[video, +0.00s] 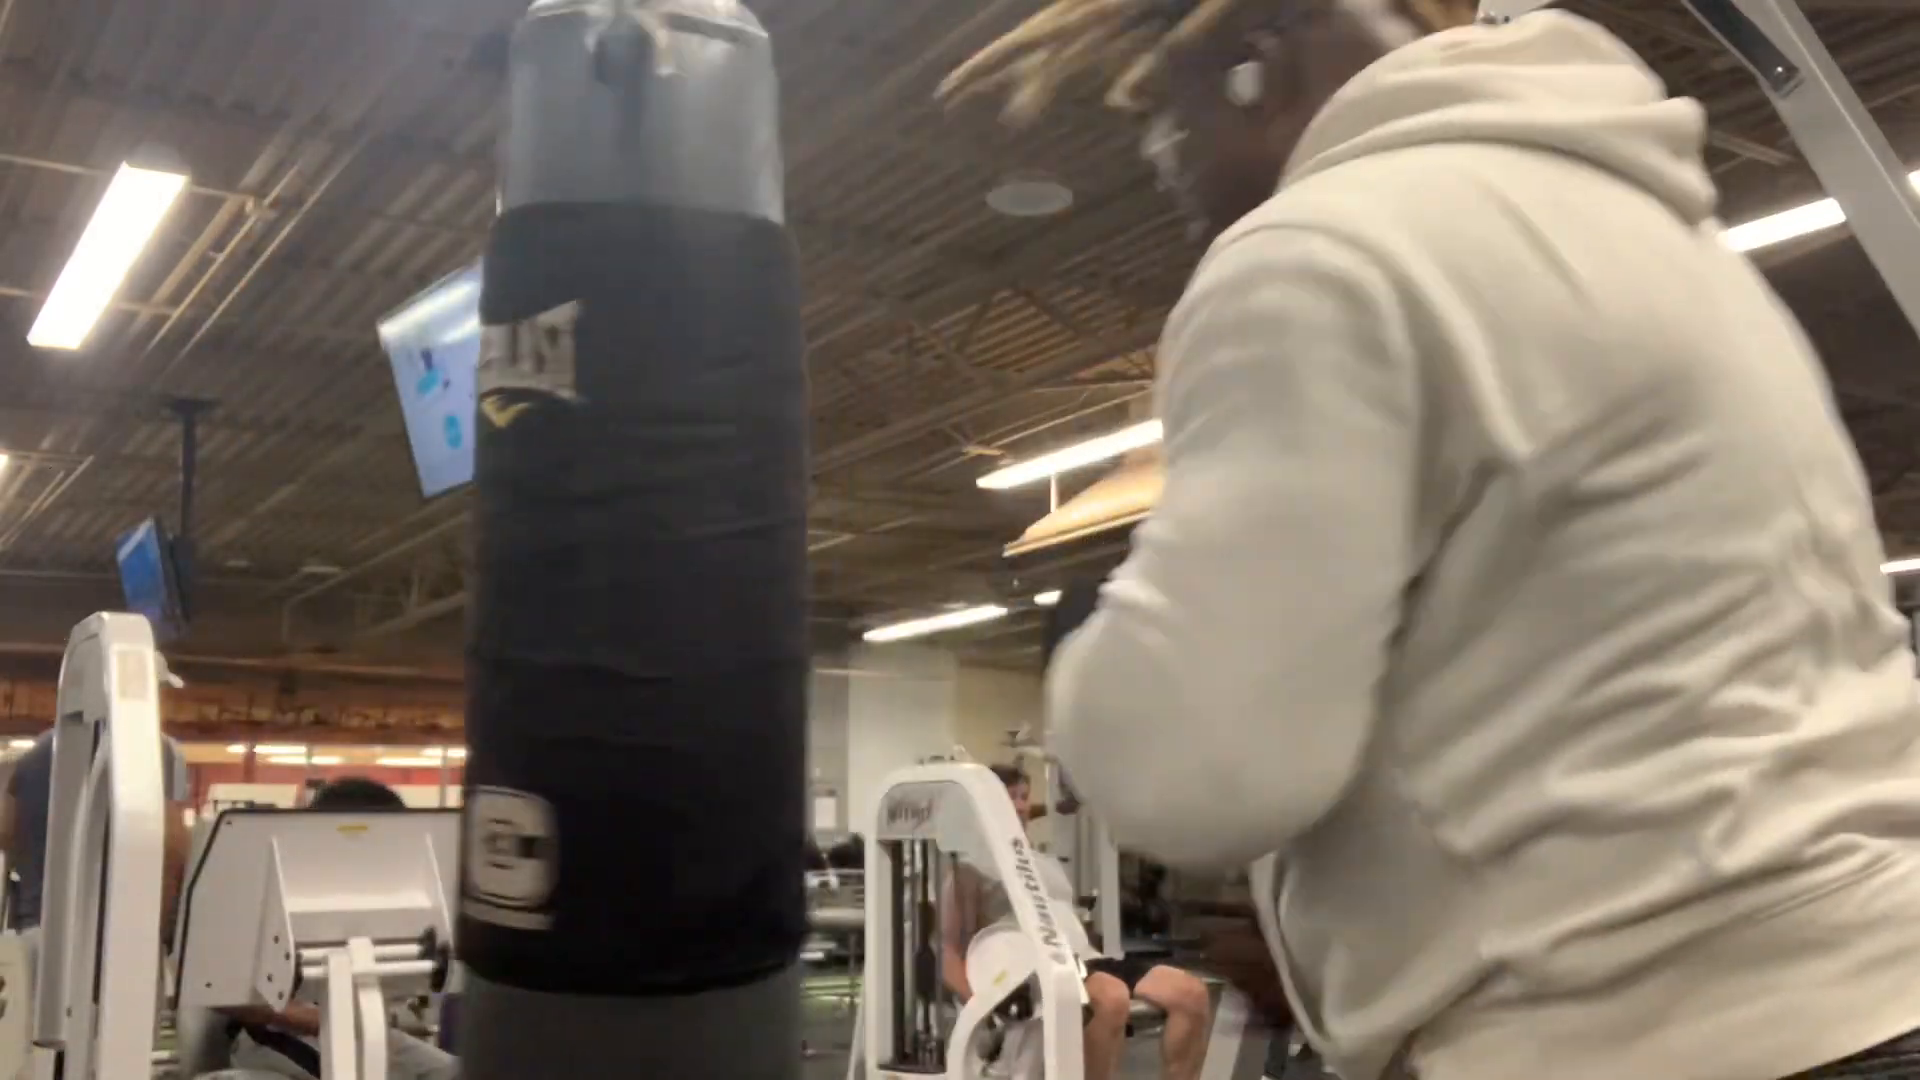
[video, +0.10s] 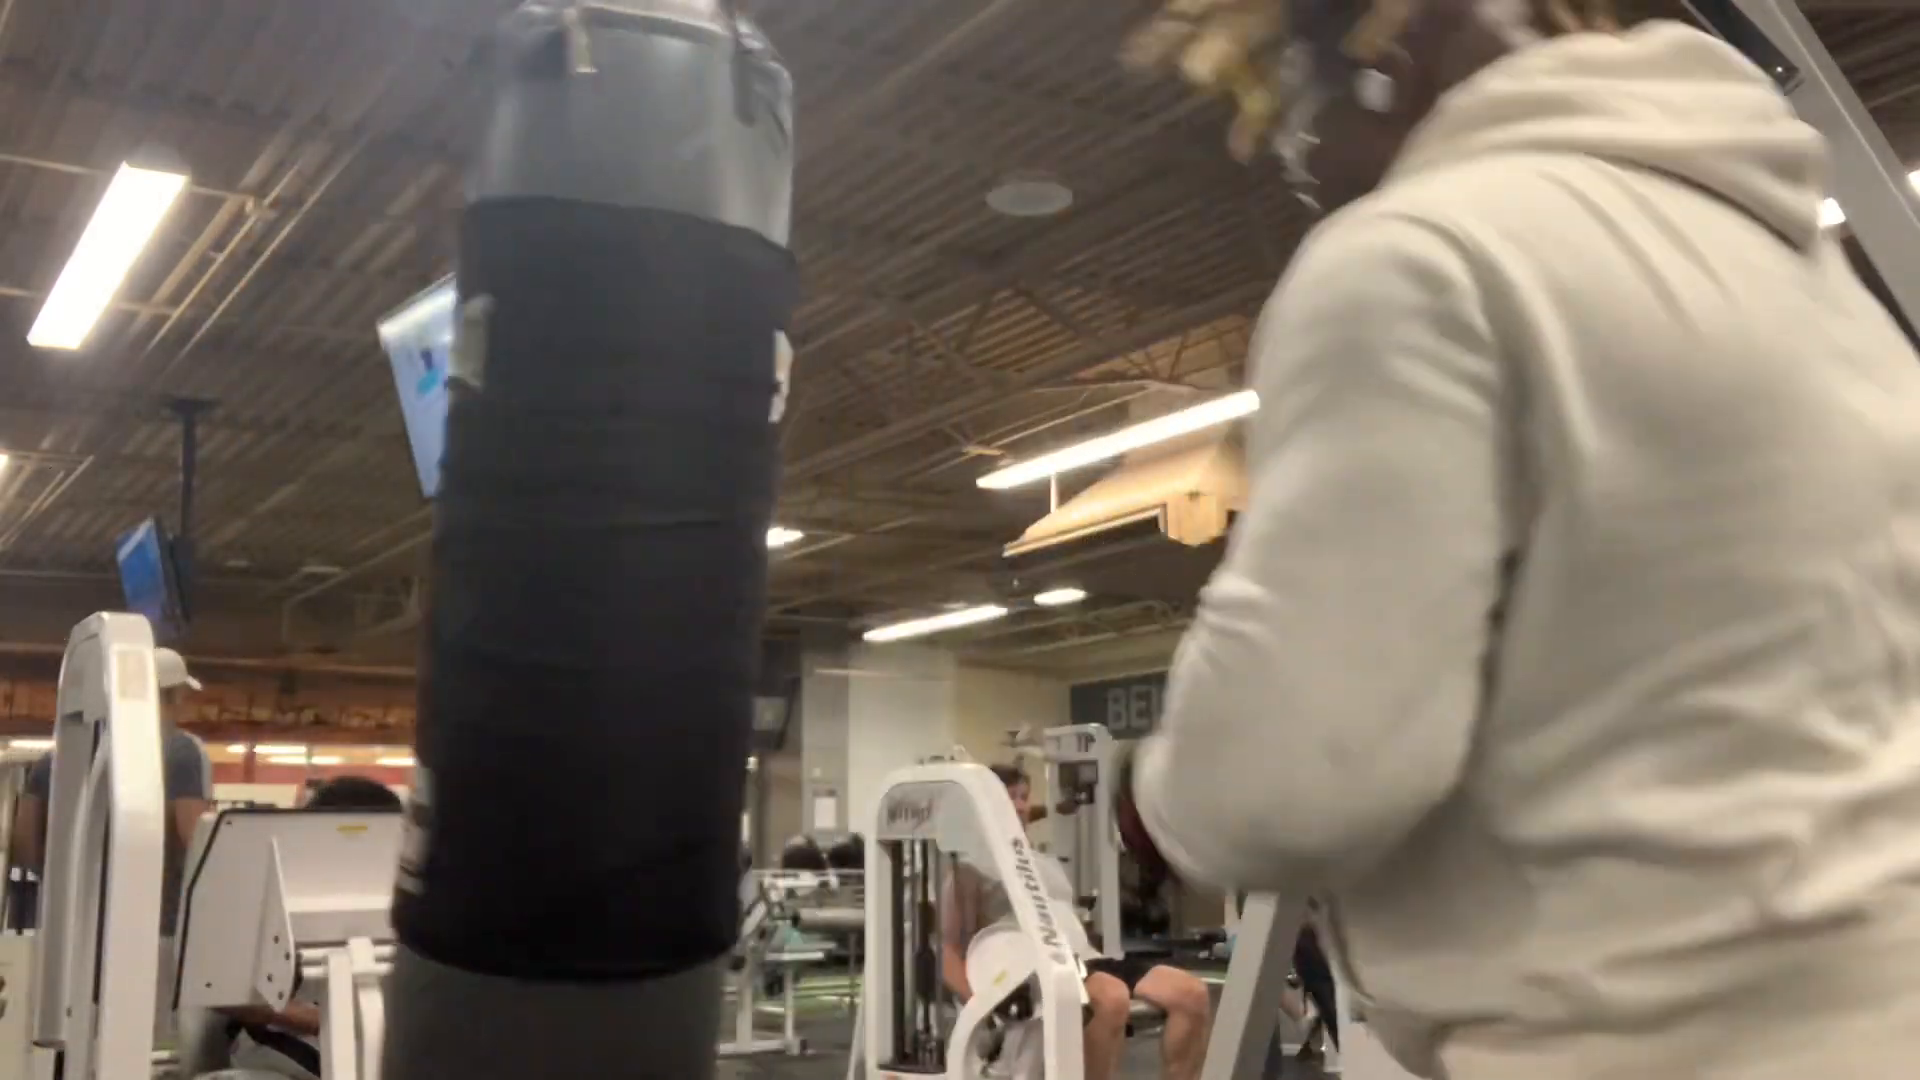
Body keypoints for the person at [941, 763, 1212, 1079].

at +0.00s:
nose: (1019, 806)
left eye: (1023, 798)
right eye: (1010, 798)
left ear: (1027, 804)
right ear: (987, 802)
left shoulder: (1032, 858)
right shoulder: (967, 870)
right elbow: (951, 960)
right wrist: (983, 1002)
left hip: (1071, 959)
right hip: (1017, 970)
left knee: (1191, 994)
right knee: (1112, 997)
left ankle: (1179, 1074)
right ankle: (1098, 1074)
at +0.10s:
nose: (1018, 807)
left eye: (1022, 798)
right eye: (1008, 798)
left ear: (1027, 804)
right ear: (987, 803)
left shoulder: (1031, 858)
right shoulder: (967, 871)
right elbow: (951, 960)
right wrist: (983, 1001)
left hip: (1071, 959)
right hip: (1017, 971)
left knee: (1191, 994)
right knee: (1112, 997)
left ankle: (1181, 1075)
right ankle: (1097, 1076)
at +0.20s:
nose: (1018, 806)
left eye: (1022, 797)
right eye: (1009, 797)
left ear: (1029, 803)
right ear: (988, 802)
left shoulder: (1033, 859)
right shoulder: (967, 870)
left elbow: (1056, 924)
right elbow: (951, 959)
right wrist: (984, 1000)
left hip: (1070, 961)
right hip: (1017, 971)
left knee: (1184, 990)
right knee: (1113, 996)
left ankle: (1182, 1075)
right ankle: (1099, 1075)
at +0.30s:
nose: (1015, 805)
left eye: (1020, 797)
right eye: (1006, 796)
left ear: (1027, 804)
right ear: (986, 802)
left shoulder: (1031, 857)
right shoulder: (968, 869)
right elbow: (951, 958)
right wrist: (982, 1002)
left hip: (1072, 959)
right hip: (1019, 971)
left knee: (1191, 994)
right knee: (1112, 998)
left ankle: (1180, 1074)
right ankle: (1098, 1075)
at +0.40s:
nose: (1016, 806)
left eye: (1021, 797)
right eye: (1007, 797)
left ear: (1027, 804)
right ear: (987, 802)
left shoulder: (1034, 858)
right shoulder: (968, 868)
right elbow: (950, 956)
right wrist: (982, 1003)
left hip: (1075, 959)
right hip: (1021, 970)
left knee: (1194, 997)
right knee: (1112, 998)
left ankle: (1178, 1074)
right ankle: (1097, 1075)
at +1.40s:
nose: (1016, 820)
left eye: (1022, 810)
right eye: (1006, 810)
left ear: (1030, 812)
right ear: (986, 816)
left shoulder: (1046, 862)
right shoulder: (967, 870)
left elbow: (1066, 925)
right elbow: (952, 956)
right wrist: (983, 1002)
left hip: (1078, 962)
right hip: (1023, 972)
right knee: (1113, 997)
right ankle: (1097, 1074)